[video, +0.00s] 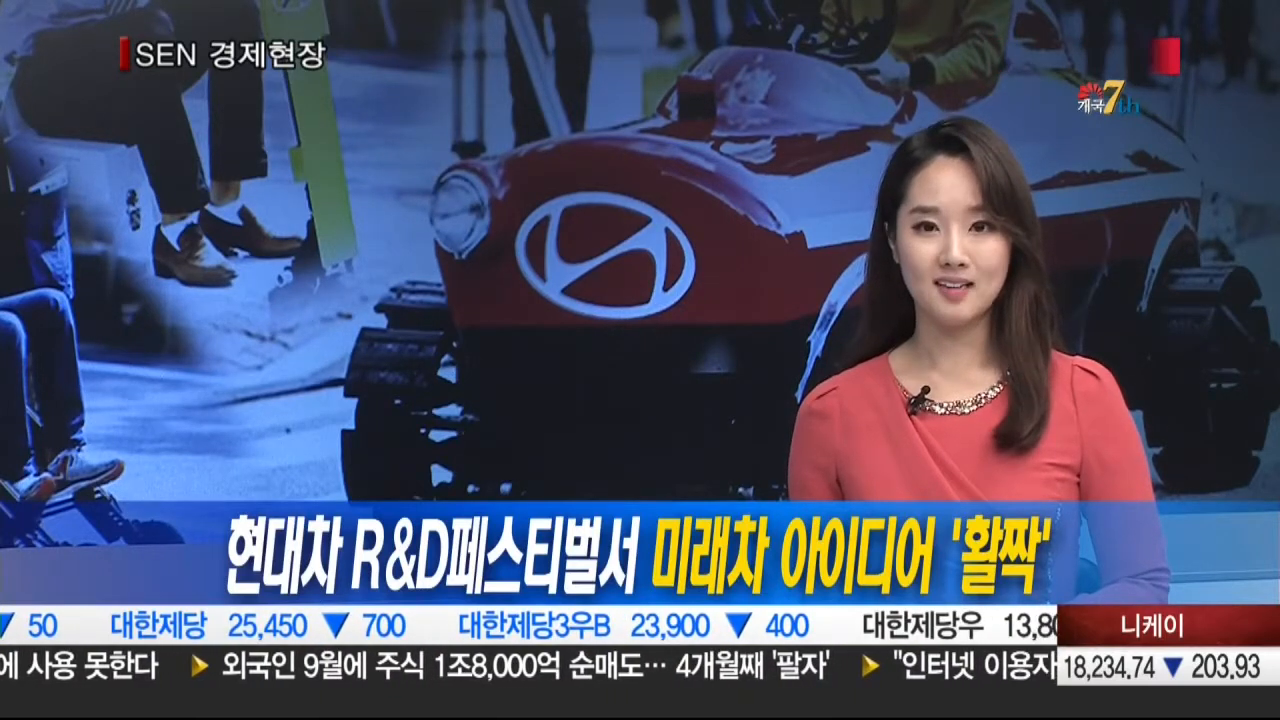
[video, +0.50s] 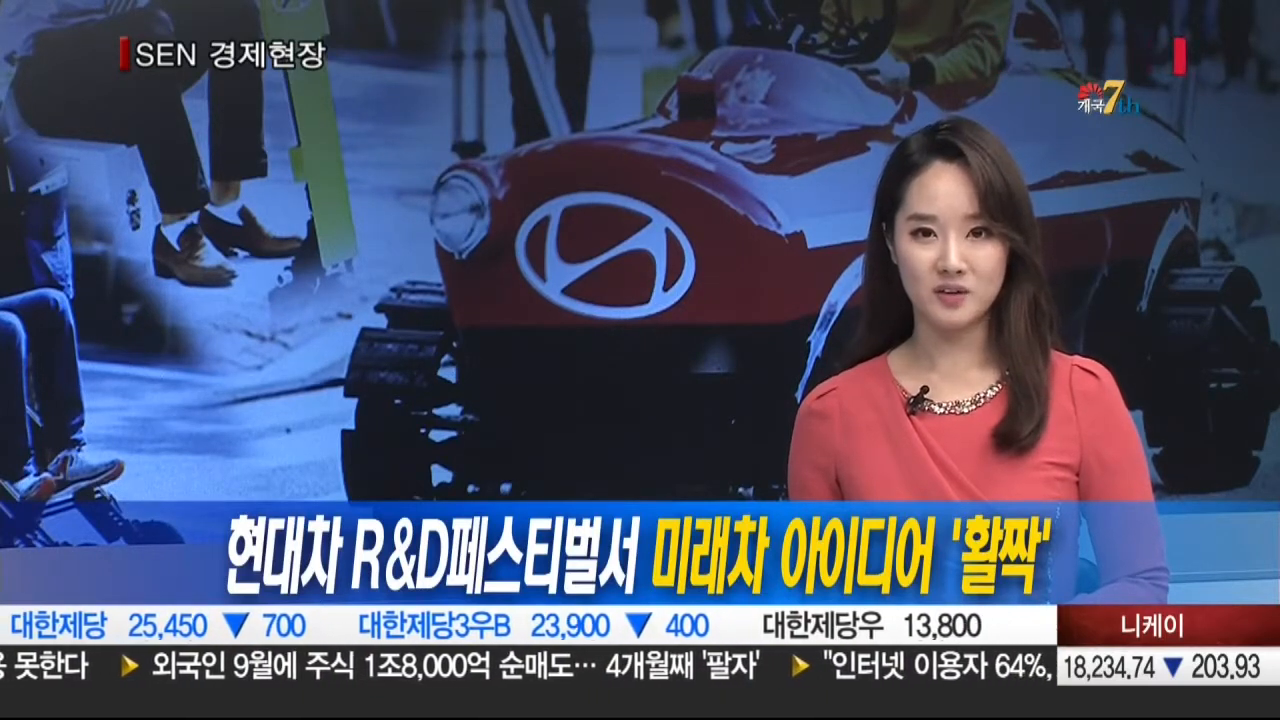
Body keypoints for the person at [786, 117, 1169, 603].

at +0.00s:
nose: (954, 255)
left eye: (981, 226)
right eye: (926, 226)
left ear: (1015, 244)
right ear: (893, 243)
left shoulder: (1084, 397)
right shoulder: (831, 415)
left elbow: (1143, 581)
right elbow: (812, 603)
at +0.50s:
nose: (952, 262)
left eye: (979, 232)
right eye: (924, 233)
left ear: (1013, 246)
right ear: (891, 245)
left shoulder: (1083, 396)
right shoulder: (830, 415)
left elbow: (1142, 582)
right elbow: (811, 605)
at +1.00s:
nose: (950, 262)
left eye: (977, 233)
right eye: (922, 233)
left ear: (1012, 246)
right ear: (889, 245)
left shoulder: (1083, 397)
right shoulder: (829, 417)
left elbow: (1143, 582)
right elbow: (811, 605)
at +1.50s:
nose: (950, 263)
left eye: (977, 234)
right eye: (922, 234)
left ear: (1012, 248)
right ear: (889, 246)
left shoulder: (1083, 397)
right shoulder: (829, 417)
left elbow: (1142, 582)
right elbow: (812, 604)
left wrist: (1033, 640)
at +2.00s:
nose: (949, 262)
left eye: (976, 233)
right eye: (921, 234)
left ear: (1010, 247)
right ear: (888, 246)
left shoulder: (1082, 396)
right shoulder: (828, 417)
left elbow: (1142, 581)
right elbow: (810, 605)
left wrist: (1037, 641)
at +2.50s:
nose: (949, 257)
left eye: (976, 229)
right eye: (921, 230)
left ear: (1010, 245)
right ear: (887, 244)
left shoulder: (1081, 395)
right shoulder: (827, 416)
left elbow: (1143, 579)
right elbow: (808, 604)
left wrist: (1034, 637)